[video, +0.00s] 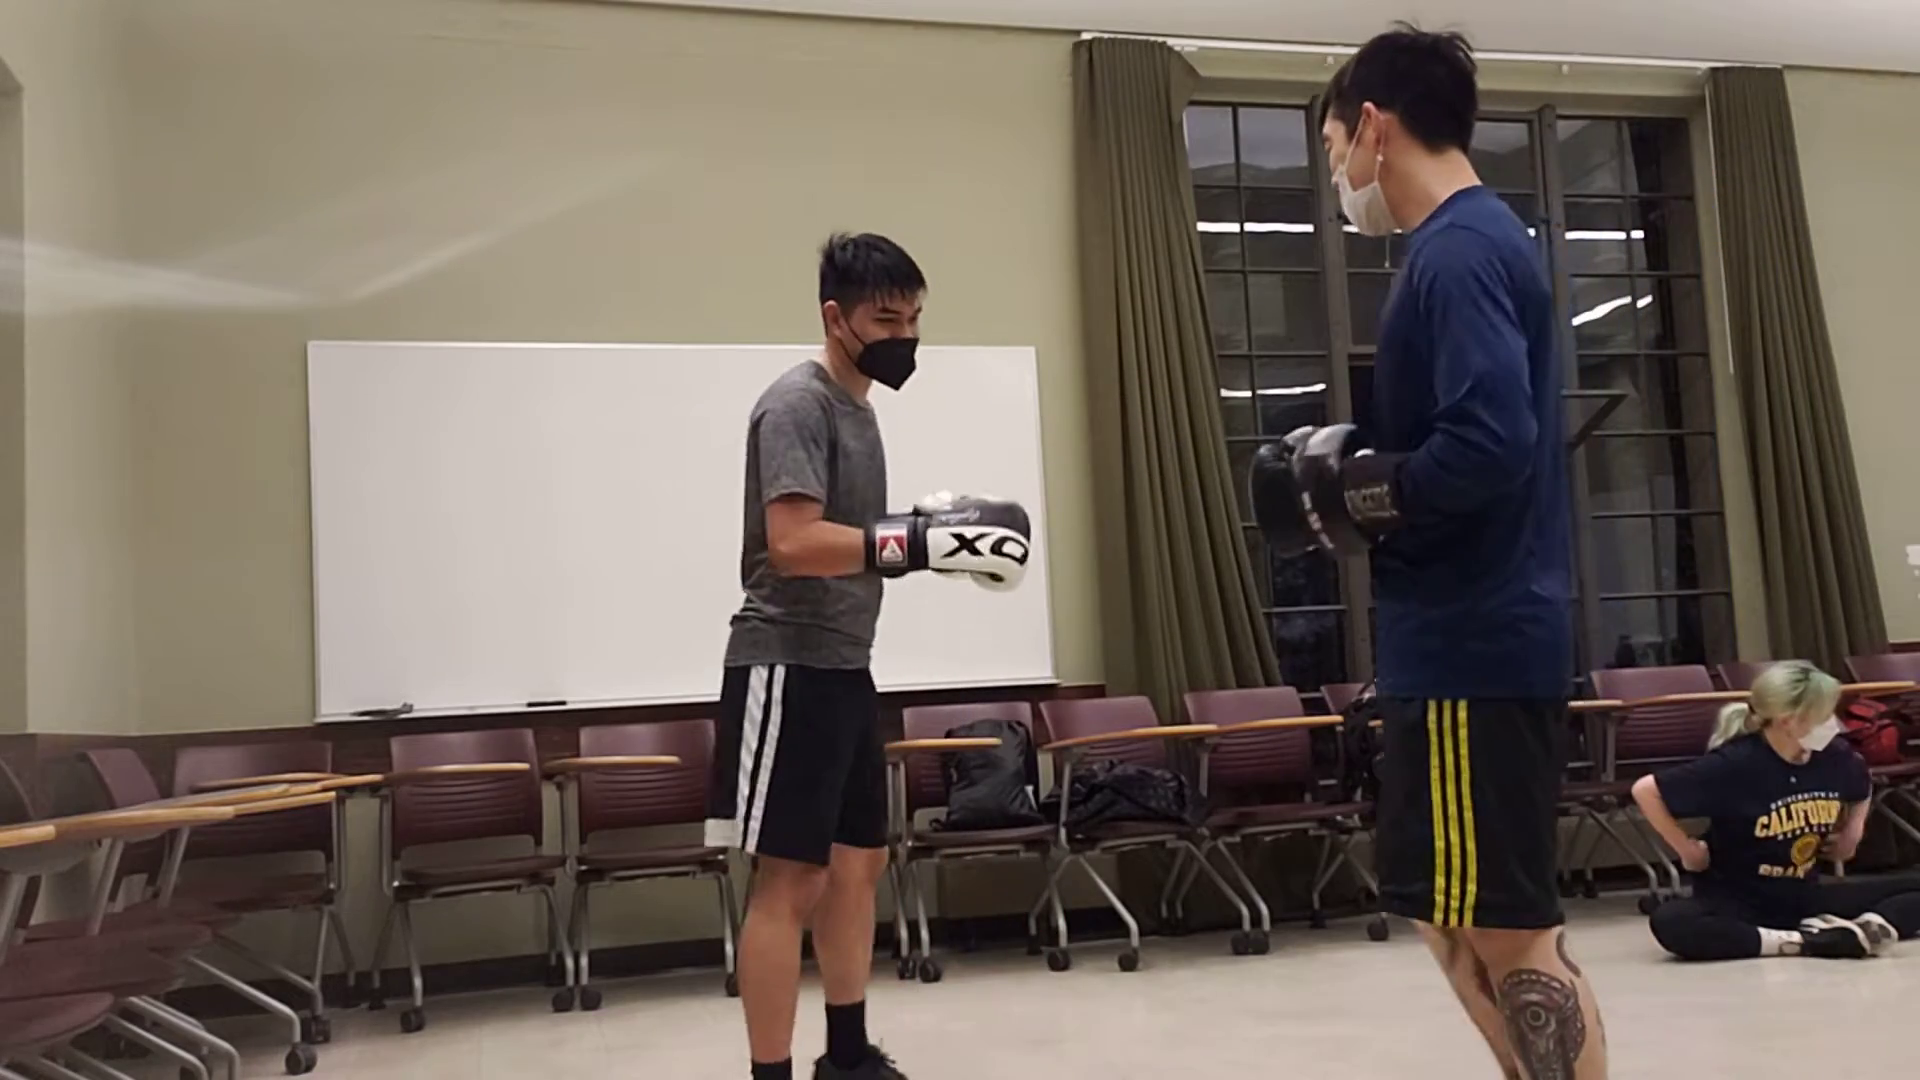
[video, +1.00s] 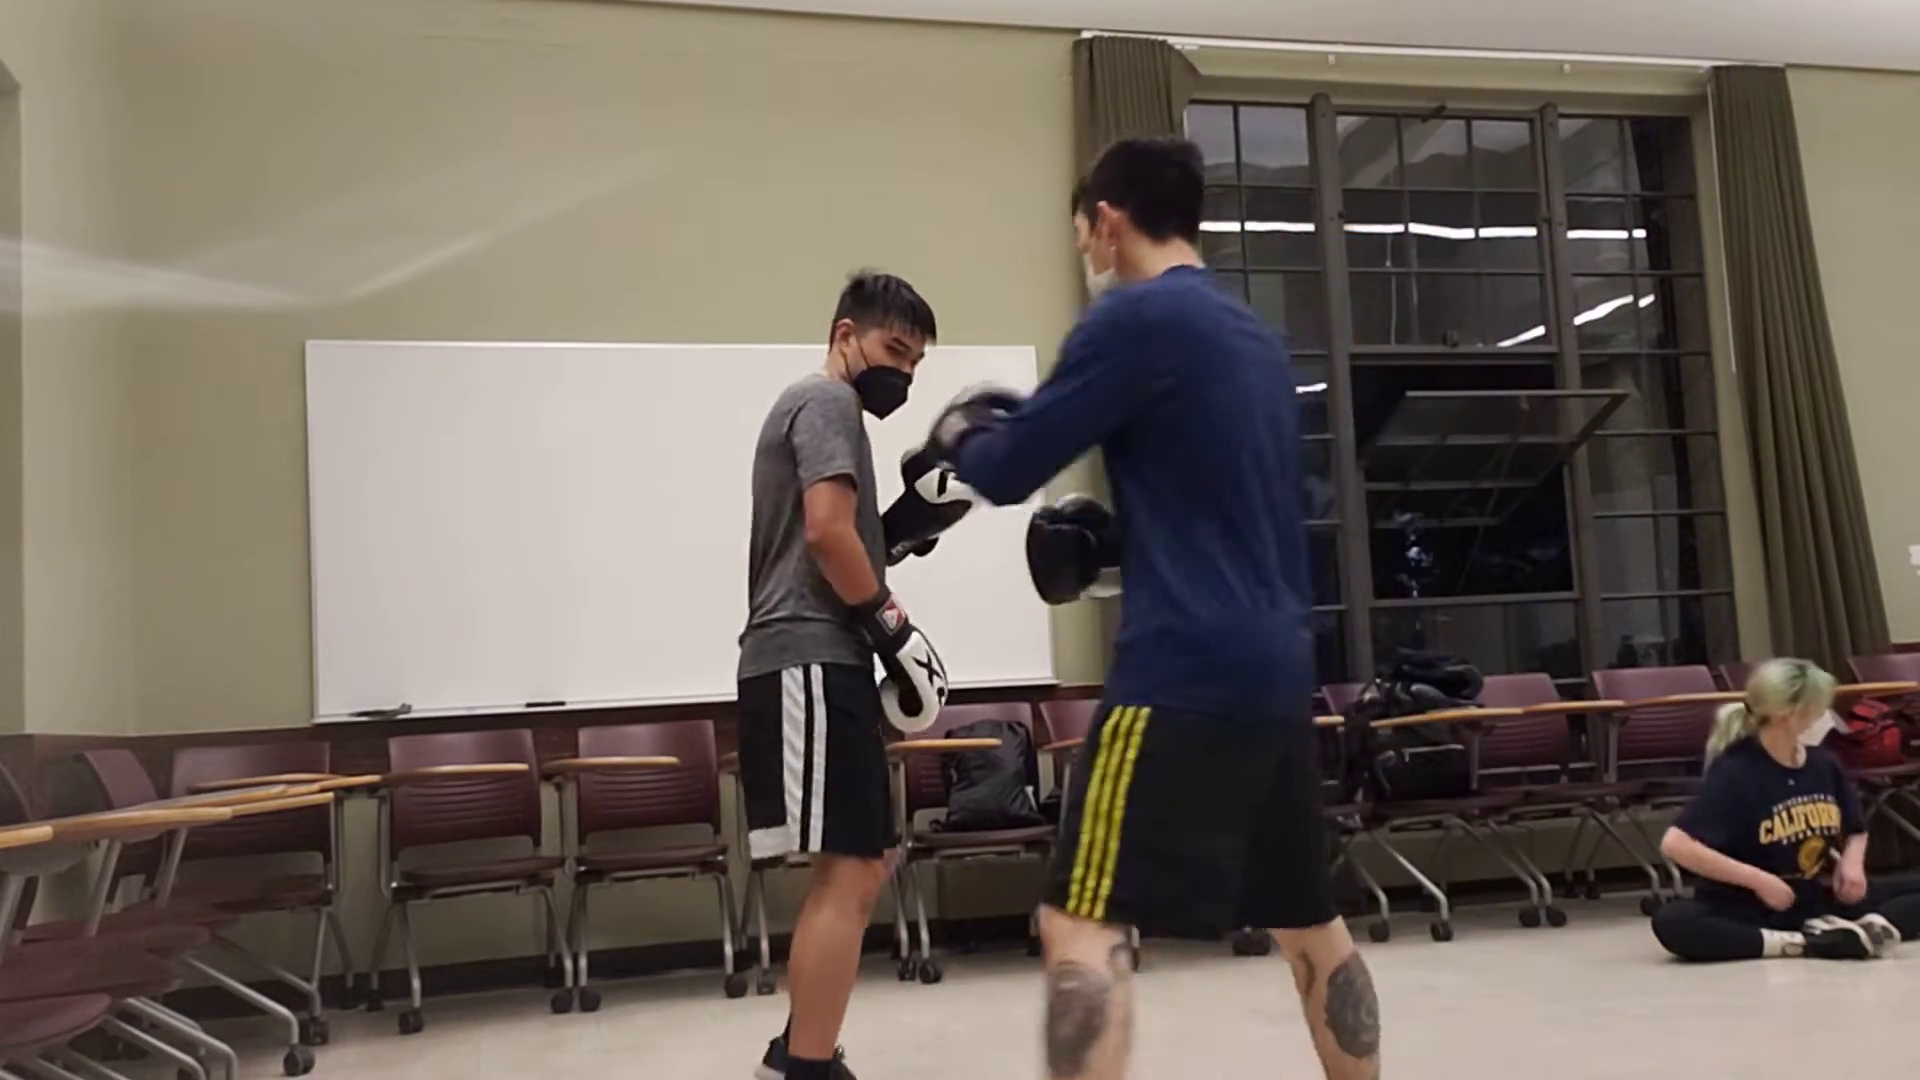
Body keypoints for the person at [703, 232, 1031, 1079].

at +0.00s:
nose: (903, 334)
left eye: (911, 316)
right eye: (883, 316)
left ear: (917, 313)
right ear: (833, 314)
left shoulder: (858, 412)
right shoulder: (796, 404)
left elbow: (839, 542)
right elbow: (793, 544)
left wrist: (924, 532)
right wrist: (912, 543)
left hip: (844, 671)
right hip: (785, 671)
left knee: (856, 861)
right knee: (787, 879)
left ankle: (848, 1052)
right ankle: (771, 1074)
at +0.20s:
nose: (882, 331)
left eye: (891, 316)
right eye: (863, 314)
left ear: (897, 317)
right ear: (814, 314)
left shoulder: (853, 423)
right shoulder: (777, 406)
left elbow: (842, 543)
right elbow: (753, 543)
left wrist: (919, 506)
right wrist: (871, 554)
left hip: (839, 671)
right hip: (782, 669)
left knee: (835, 863)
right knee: (786, 874)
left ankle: (800, 1049)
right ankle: (769, 1070)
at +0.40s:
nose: (879, 342)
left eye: (889, 328)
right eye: (862, 326)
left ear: (895, 330)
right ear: (814, 325)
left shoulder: (856, 434)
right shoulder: (778, 420)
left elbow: (857, 565)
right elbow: (726, 547)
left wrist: (921, 514)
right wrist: (823, 597)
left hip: (836, 676)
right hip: (792, 675)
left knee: (821, 873)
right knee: (803, 874)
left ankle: (794, 1054)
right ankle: (777, 1068)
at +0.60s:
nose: (882, 354)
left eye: (894, 341)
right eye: (867, 335)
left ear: (903, 345)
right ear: (822, 330)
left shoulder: (855, 438)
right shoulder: (783, 417)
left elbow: (860, 568)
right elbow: (729, 540)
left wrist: (924, 513)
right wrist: (825, 613)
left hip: (839, 659)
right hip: (799, 659)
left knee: (843, 856)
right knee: (840, 856)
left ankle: (796, 1051)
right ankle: (792, 1055)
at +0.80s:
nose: (893, 365)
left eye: (904, 353)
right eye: (880, 344)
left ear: (908, 357)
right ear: (833, 333)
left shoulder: (835, 433)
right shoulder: (805, 409)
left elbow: (856, 583)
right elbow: (777, 532)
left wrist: (916, 515)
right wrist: (867, 613)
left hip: (832, 662)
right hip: (808, 662)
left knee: (845, 870)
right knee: (841, 871)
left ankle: (796, 1057)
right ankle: (805, 1064)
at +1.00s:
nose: (903, 371)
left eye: (913, 361)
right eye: (894, 350)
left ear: (903, 359)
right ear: (844, 334)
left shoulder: (823, 414)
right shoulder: (823, 399)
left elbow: (838, 562)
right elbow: (826, 527)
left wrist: (909, 518)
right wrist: (889, 623)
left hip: (821, 660)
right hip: (807, 661)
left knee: (861, 867)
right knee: (851, 869)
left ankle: (805, 1052)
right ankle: (809, 1060)